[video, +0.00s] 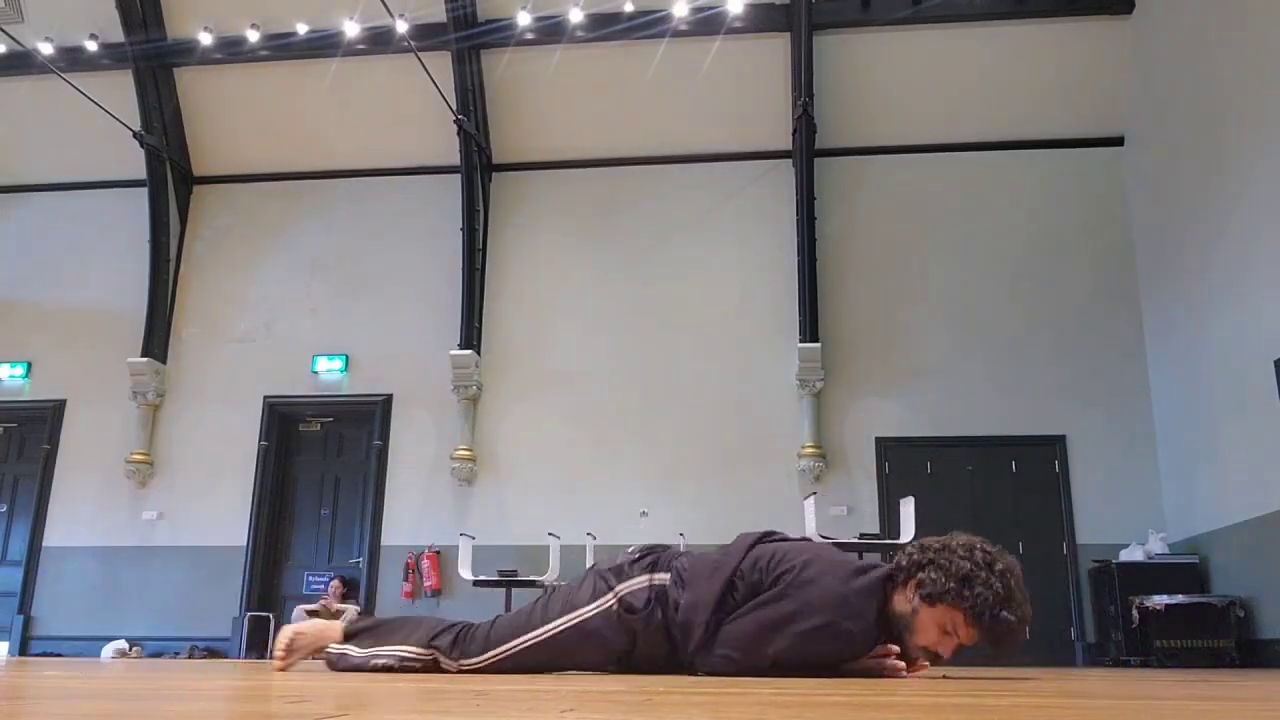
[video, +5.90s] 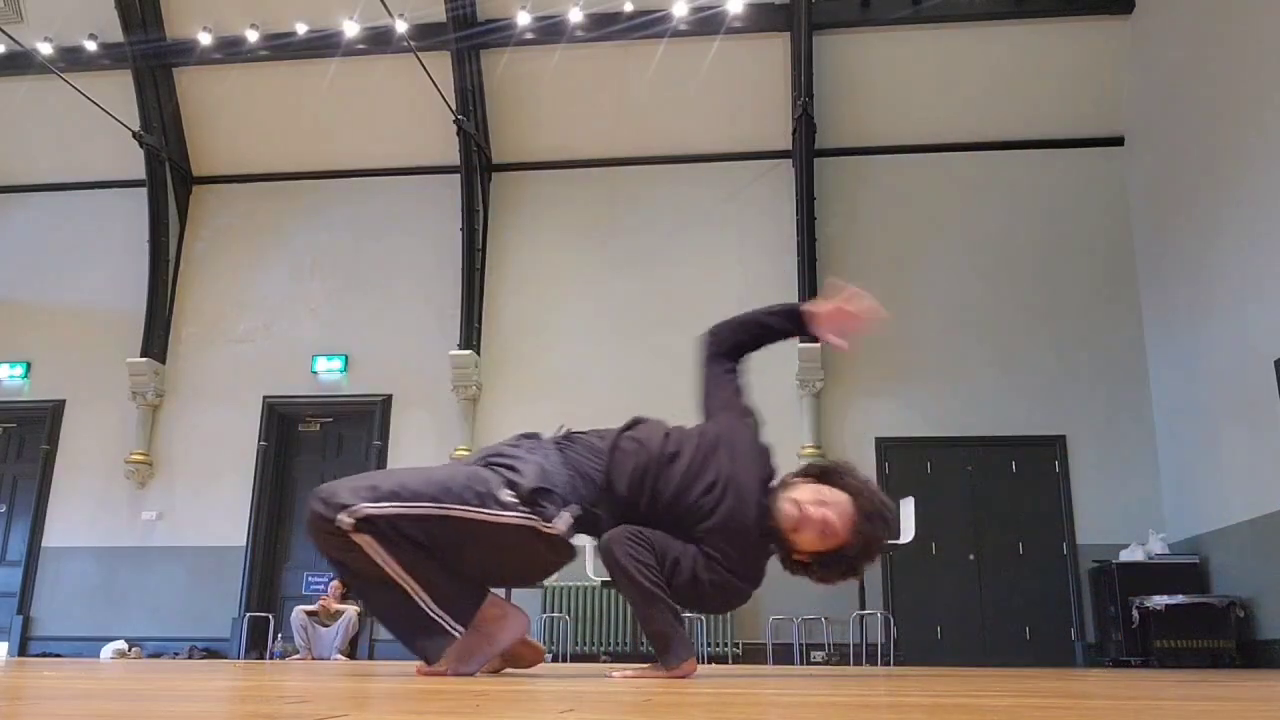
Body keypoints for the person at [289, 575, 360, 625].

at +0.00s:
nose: (333, 591)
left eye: (337, 588)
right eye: (331, 587)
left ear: (343, 591)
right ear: (328, 588)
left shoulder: (349, 605)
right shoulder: (321, 605)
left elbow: (357, 610)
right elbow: (298, 608)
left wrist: (335, 607)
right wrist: (317, 606)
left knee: (353, 613)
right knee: (298, 611)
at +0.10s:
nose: (333, 591)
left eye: (337, 588)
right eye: (331, 587)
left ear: (344, 590)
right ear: (328, 589)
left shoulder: (349, 604)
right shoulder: (322, 604)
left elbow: (357, 609)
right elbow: (298, 608)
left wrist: (335, 607)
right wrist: (318, 607)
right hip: (318, 634)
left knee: (352, 612)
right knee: (297, 612)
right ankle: (304, 652)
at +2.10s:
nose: (333, 591)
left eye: (337, 588)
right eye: (331, 587)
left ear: (344, 590)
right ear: (328, 589)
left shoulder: (349, 603)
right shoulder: (323, 603)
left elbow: (357, 610)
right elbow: (297, 608)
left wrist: (335, 607)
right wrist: (317, 607)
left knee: (352, 614)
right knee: (297, 612)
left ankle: (337, 653)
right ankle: (304, 652)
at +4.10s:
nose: (333, 591)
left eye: (337, 588)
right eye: (331, 588)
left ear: (343, 590)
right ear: (328, 589)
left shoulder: (349, 602)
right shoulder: (323, 601)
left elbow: (357, 610)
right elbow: (297, 608)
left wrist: (333, 606)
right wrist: (314, 607)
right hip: (316, 636)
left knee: (352, 614)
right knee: (297, 612)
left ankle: (336, 653)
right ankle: (304, 653)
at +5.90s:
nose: (333, 591)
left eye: (337, 589)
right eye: (331, 588)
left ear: (343, 591)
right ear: (327, 590)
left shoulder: (348, 604)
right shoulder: (322, 604)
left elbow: (357, 610)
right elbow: (297, 609)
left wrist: (334, 606)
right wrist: (316, 608)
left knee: (352, 614)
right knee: (296, 612)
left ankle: (336, 653)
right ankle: (304, 653)